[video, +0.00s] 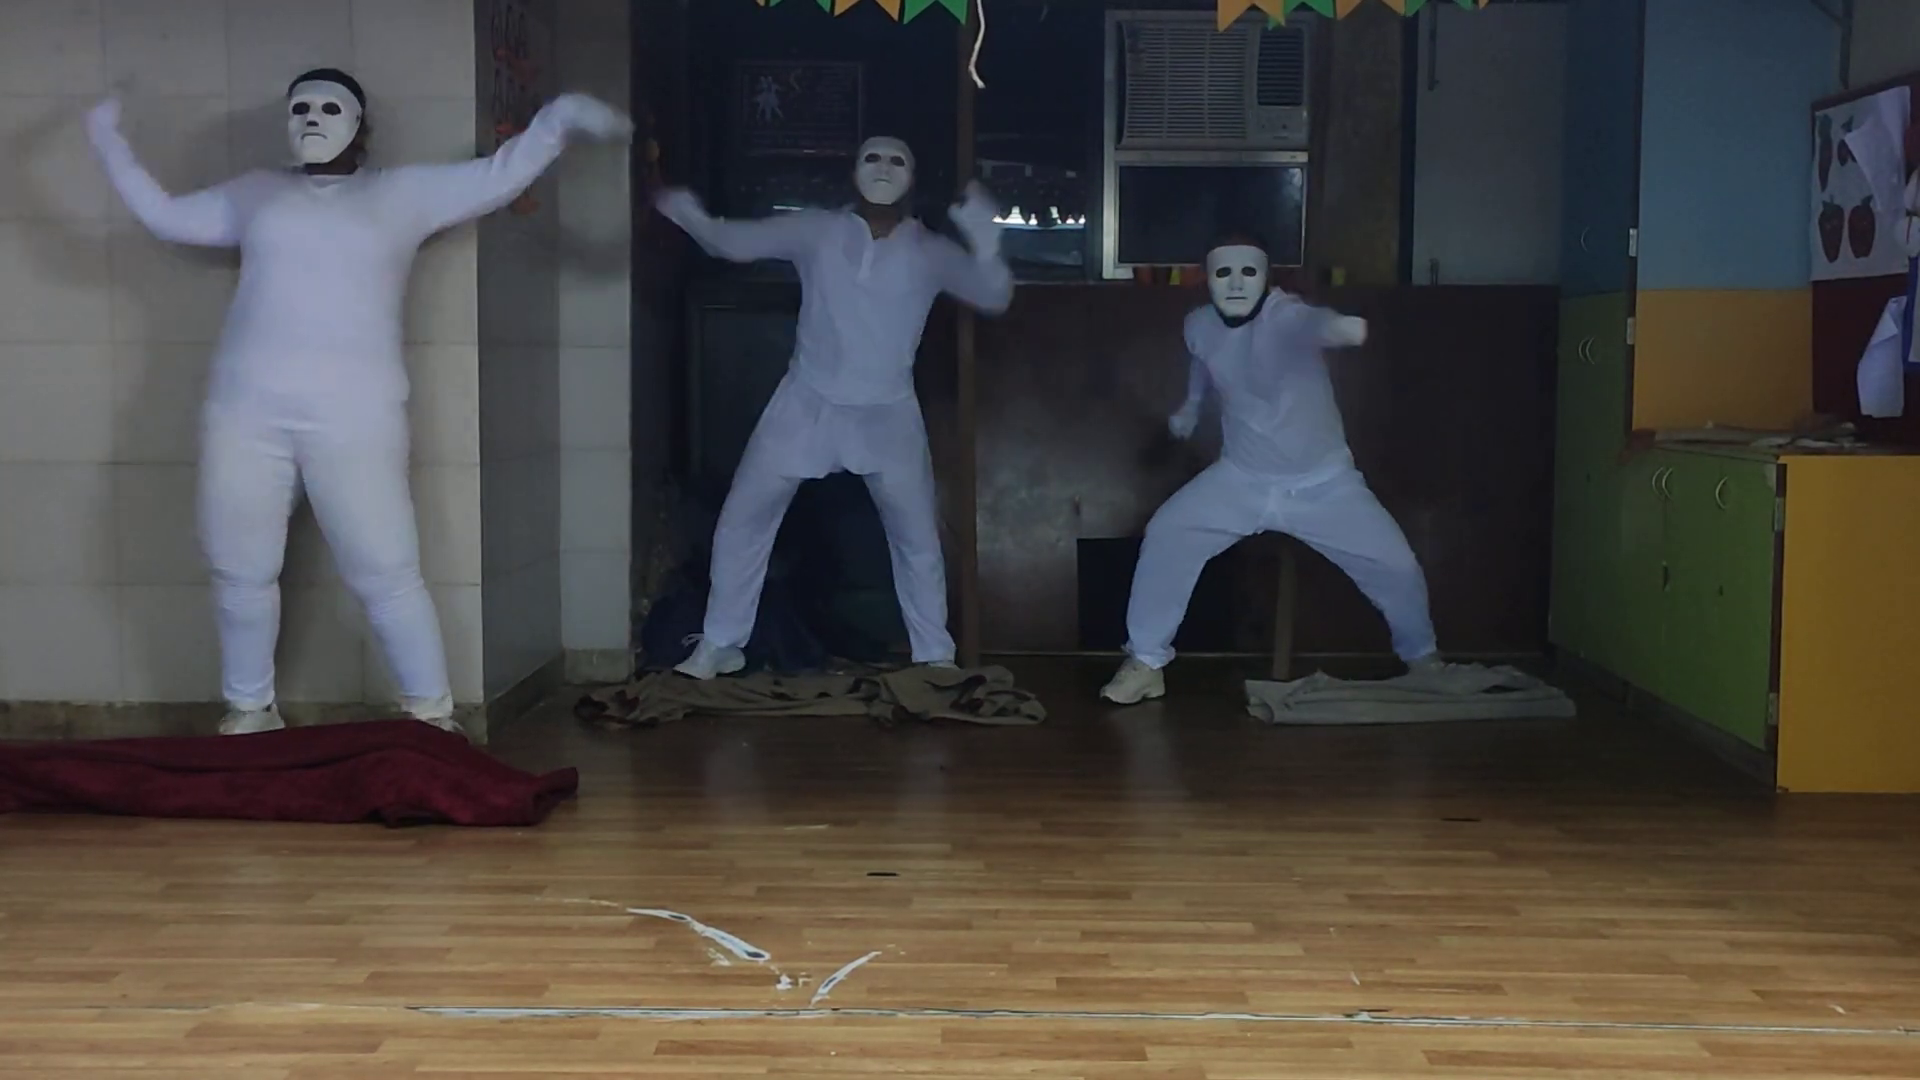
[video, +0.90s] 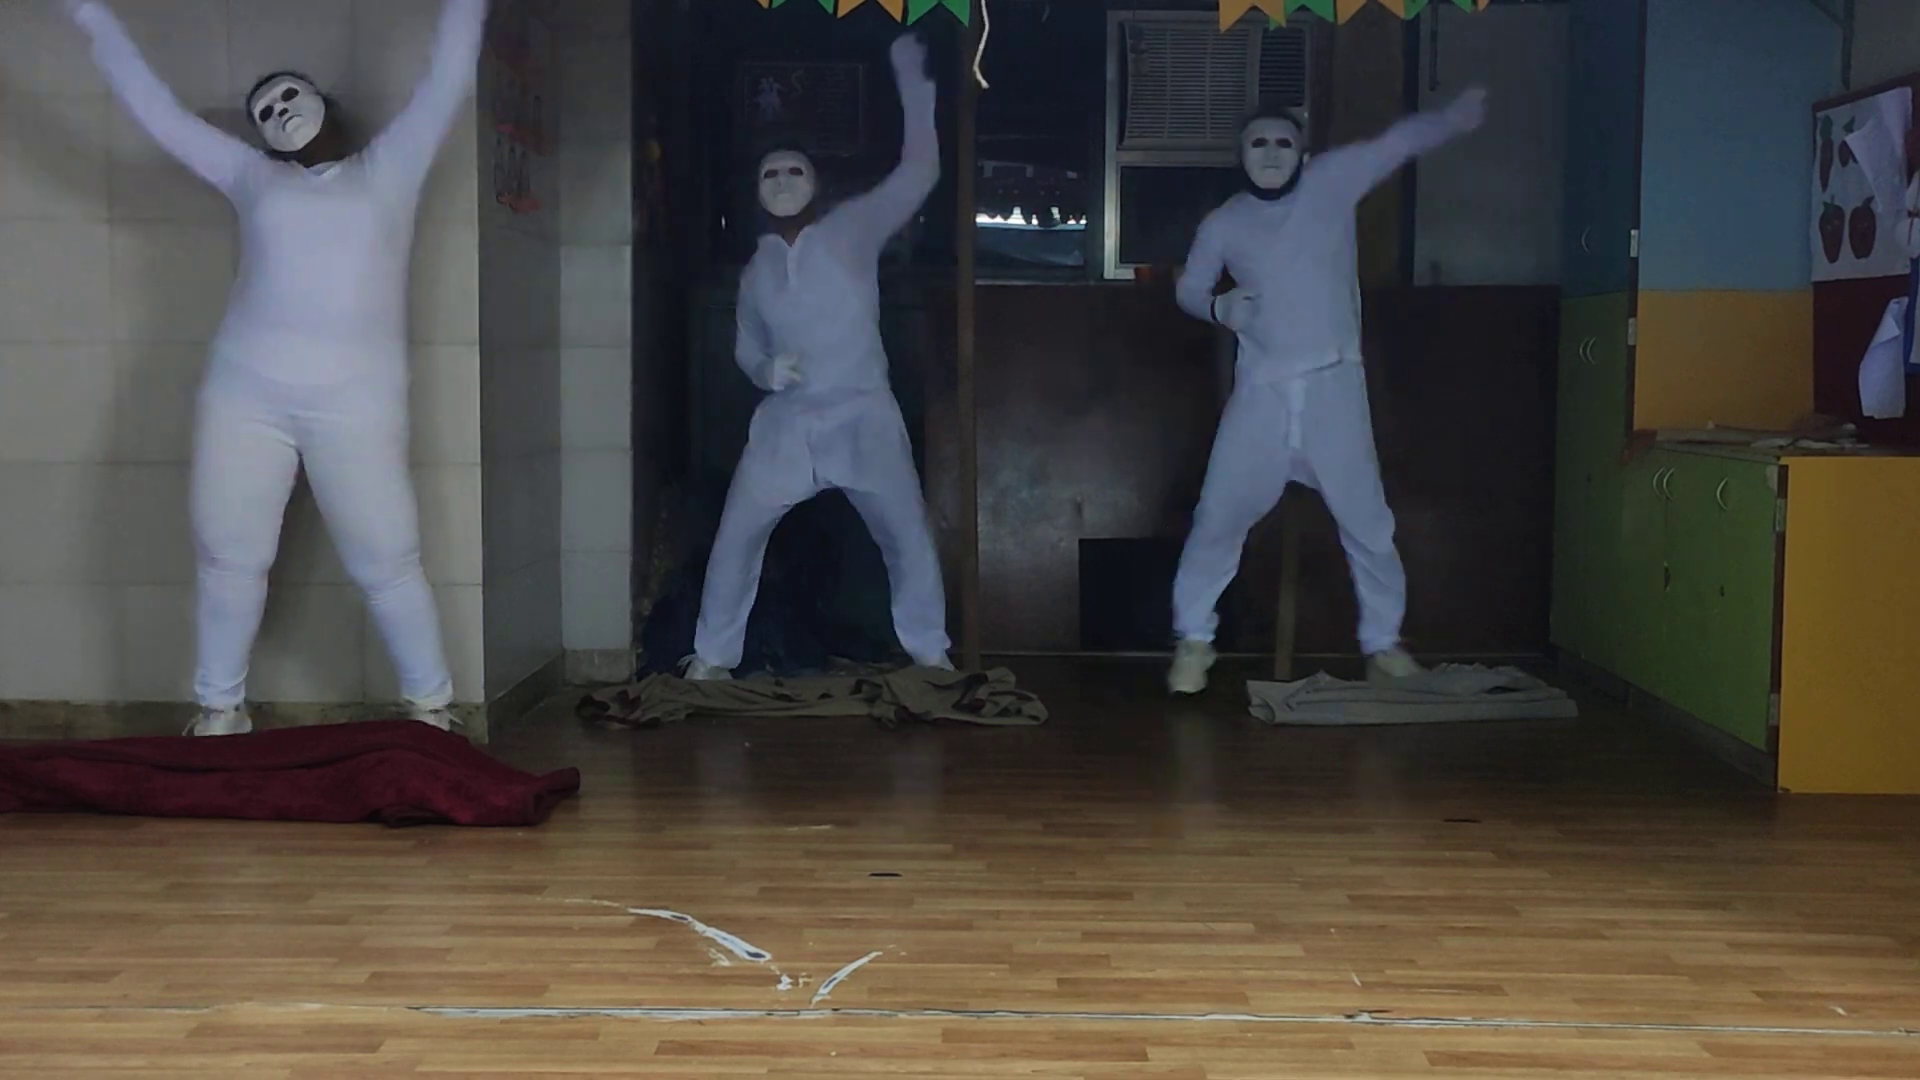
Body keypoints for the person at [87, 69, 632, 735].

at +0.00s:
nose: (311, 119)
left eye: (328, 108)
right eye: (300, 109)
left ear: (358, 125)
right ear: (287, 123)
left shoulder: (396, 195)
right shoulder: (257, 198)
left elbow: (497, 178)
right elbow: (165, 214)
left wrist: (556, 122)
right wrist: (108, 139)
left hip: (353, 414)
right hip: (249, 411)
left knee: (384, 571)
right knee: (241, 572)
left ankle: (431, 715)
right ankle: (249, 715)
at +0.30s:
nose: (307, 106)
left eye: (324, 95)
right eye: (294, 93)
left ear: (349, 109)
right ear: (277, 104)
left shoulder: (381, 193)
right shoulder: (243, 185)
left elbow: (453, 270)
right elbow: (156, 229)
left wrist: (532, 197)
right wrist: (57, 185)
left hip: (367, 401)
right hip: (257, 401)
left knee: (398, 559)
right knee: (250, 561)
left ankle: (432, 711)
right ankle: (246, 713)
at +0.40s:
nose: (316, 110)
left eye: (332, 100)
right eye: (303, 99)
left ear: (356, 116)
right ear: (285, 112)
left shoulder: (386, 195)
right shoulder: (248, 190)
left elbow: (460, 278)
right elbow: (161, 245)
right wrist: (63, 245)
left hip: (389, 400)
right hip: (281, 403)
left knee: (406, 562)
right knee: (263, 568)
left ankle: (430, 714)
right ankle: (252, 716)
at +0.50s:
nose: (326, 129)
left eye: (342, 120)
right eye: (314, 119)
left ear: (367, 137)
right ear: (297, 135)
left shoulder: (400, 222)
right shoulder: (264, 220)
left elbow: (457, 311)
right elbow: (191, 290)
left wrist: (513, 380)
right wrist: (103, 332)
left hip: (407, 423)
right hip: (299, 427)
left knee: (415, 572)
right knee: (268, 574)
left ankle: (429, 713)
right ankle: (260, 713)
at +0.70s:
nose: (316, 116)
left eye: (331, 102)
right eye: (303, 108)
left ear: (361, 116)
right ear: (291, 126)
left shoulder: (407, 201)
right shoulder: (270, 208)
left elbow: (482, 245)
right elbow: (202, 270)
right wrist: (116, 307)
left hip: (398, 408)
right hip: (291, 408)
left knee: (407, 562)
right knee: (251, 558)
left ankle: (430, 716)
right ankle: (241, 706)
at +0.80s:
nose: (294, 105)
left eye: (306, 90)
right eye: (281, 103)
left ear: (340, 97)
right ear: (277, 125)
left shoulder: (406, 174)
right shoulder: (263, 184)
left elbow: (495, 138)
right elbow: (162, 182)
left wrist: (550, 89)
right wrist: (73, 153)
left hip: (381, 393)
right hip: (273, 390)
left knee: (396, 552)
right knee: (237, 544)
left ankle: (431, 706)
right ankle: (227, 701)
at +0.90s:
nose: (279, 111)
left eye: (290, 97)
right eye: (265, 112)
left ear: (326, 101)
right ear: (261, 134)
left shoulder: (387, 172)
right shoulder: (253, 179)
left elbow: (449, 79)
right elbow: (160, 112)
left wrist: (467, 1)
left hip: (356, 400)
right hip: (248, 395)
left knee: (387, 563)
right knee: (230, 559)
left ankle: (433, 711)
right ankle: (219, 715)